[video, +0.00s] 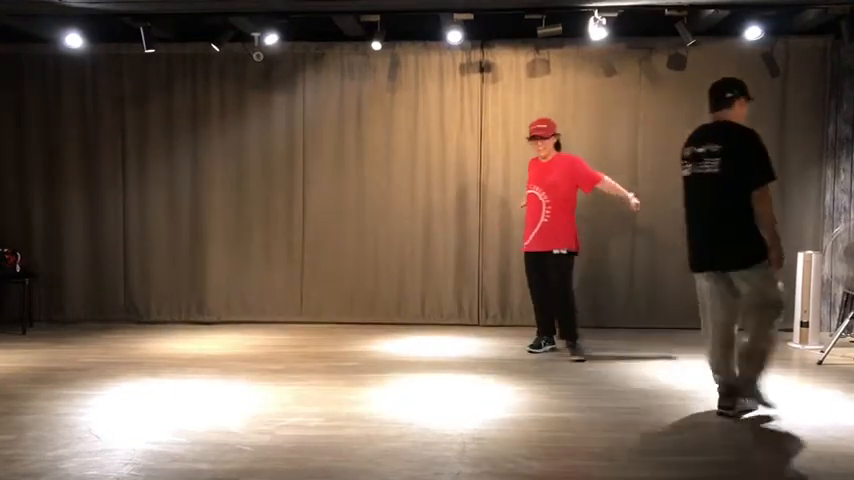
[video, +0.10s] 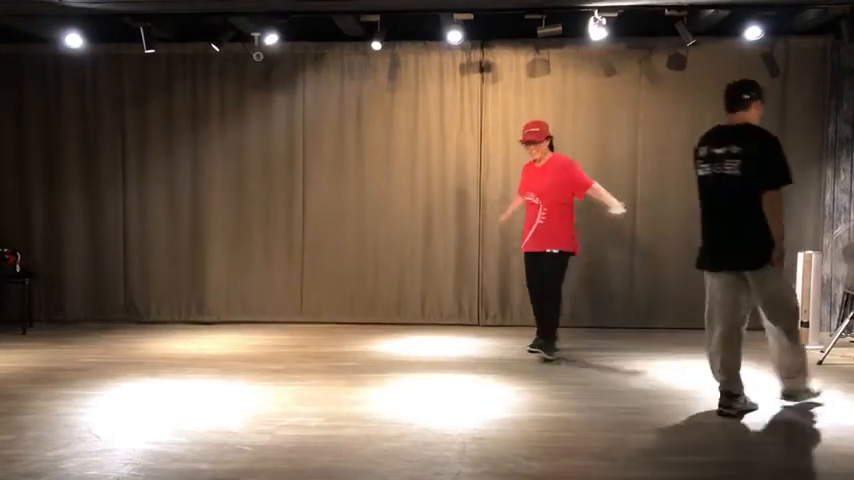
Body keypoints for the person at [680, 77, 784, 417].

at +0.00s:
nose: (746, 110)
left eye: (745, 104)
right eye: (745, 104)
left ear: (713, 105)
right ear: (736, 103)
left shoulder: (693, 141)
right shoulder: (746, 139)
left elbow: (693, 199)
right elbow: (760, 197)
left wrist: (696, 241)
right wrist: (774, 242)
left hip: (702, 245)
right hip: (741, 243)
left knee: (717, 317)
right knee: (766, 304)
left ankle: (727, 392)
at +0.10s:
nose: (761, 111)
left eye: (760, 106)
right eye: (761, 106)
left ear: (728, 106)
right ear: (754, 105)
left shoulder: (705, 142)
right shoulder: (762, 141)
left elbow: (708, 199)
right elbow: (771, 196)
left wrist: (712, 238)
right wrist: (778, 241)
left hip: (716, 247)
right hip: (756, 246)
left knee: (723, 325)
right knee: (783, 316)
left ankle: (729, 395)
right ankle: (794, 386)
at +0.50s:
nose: (798, 114)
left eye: (792, 110)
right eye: (798, 110)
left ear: (767, 112)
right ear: (797, 110)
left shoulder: (748, 147)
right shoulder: (814, 144)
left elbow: (736, 198)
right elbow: (836, 195)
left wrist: (733, 234)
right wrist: (849, 231)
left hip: (762, 244)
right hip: (805, 244)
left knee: (766, 303)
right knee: (808, 314)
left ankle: (778, 356)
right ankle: (807, 383)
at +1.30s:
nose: (720, 129)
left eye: (721, 124)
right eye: (720, 124)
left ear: (730, 123)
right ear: (748, 124)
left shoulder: (721, 153)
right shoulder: (769, 153)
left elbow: (708, 195)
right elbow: (775, 199)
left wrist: (728, 210)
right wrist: (773, 232)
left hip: (733, 234)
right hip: (761, 233)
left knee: (752, 298)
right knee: (746, 291)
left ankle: (780, 353)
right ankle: (721, 332)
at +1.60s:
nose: (683, 133)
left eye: (684, 128)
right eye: (682, 128)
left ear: (694, 125)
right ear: (704, 125)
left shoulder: (694, 152)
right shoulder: (725, 152)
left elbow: (682, 195)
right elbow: (723, 197)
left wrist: (671, 230)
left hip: (698, 233)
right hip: (725, 233)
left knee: (679, 275)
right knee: (720, 287)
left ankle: (722, 318)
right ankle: (718, 337)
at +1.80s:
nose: (653, 137)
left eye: (654, 132)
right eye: (652, 133)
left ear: (664, 129)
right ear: (672, 129)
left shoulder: (670, 155)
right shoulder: (690, 151)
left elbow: (667, 193)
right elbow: (675, 191)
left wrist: (659, 226)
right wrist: (644, 202)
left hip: (675, 231)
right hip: (697, 231)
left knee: (654, 281)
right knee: (705, 285)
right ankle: (718, 336)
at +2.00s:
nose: (621, 137)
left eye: (622, 132)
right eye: (620, 133)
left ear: (632, 130)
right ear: (640, 129)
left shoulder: (638, 155)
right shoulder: (655, 151)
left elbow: (639, 197)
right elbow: (643, 193)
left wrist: (640, 232)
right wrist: (625, 213)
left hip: (639, 231)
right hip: (658, 228)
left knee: (629, 280)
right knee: (660, 276)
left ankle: (625, 325)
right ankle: (694, 314)